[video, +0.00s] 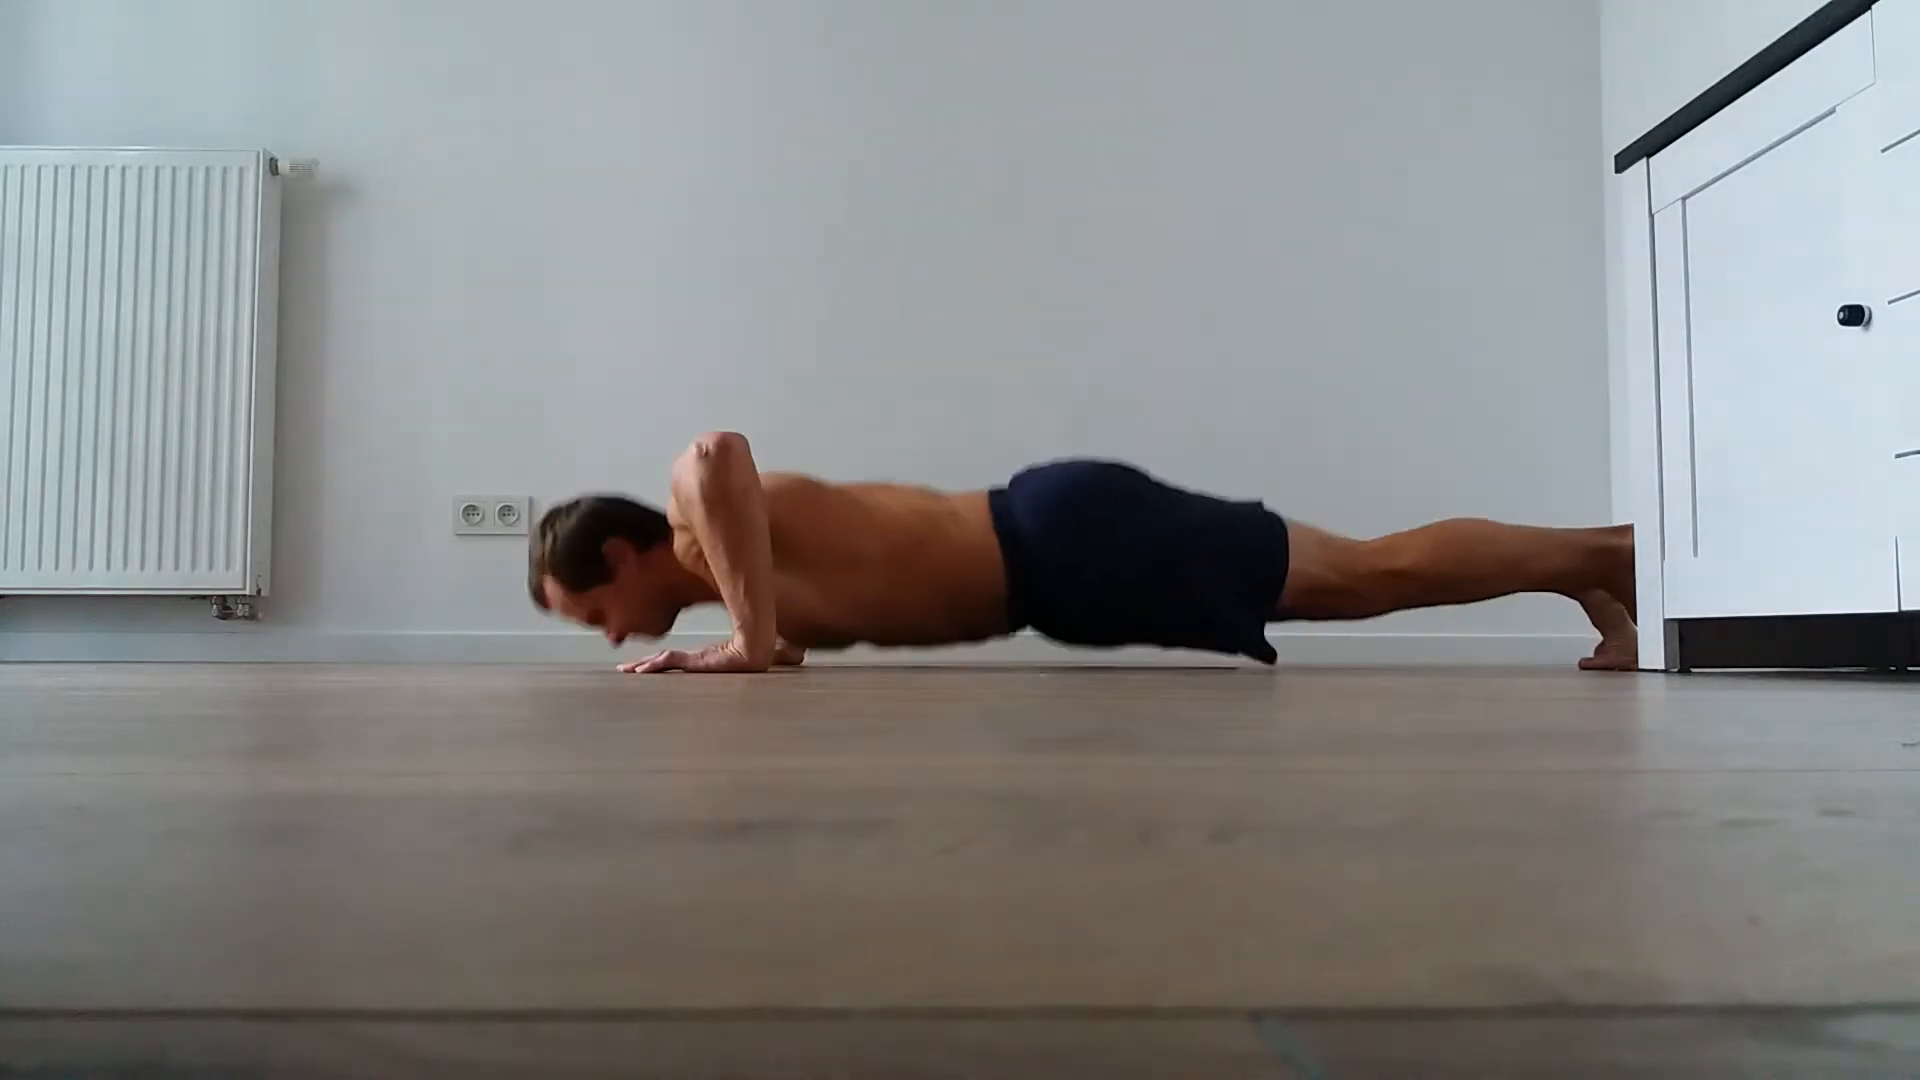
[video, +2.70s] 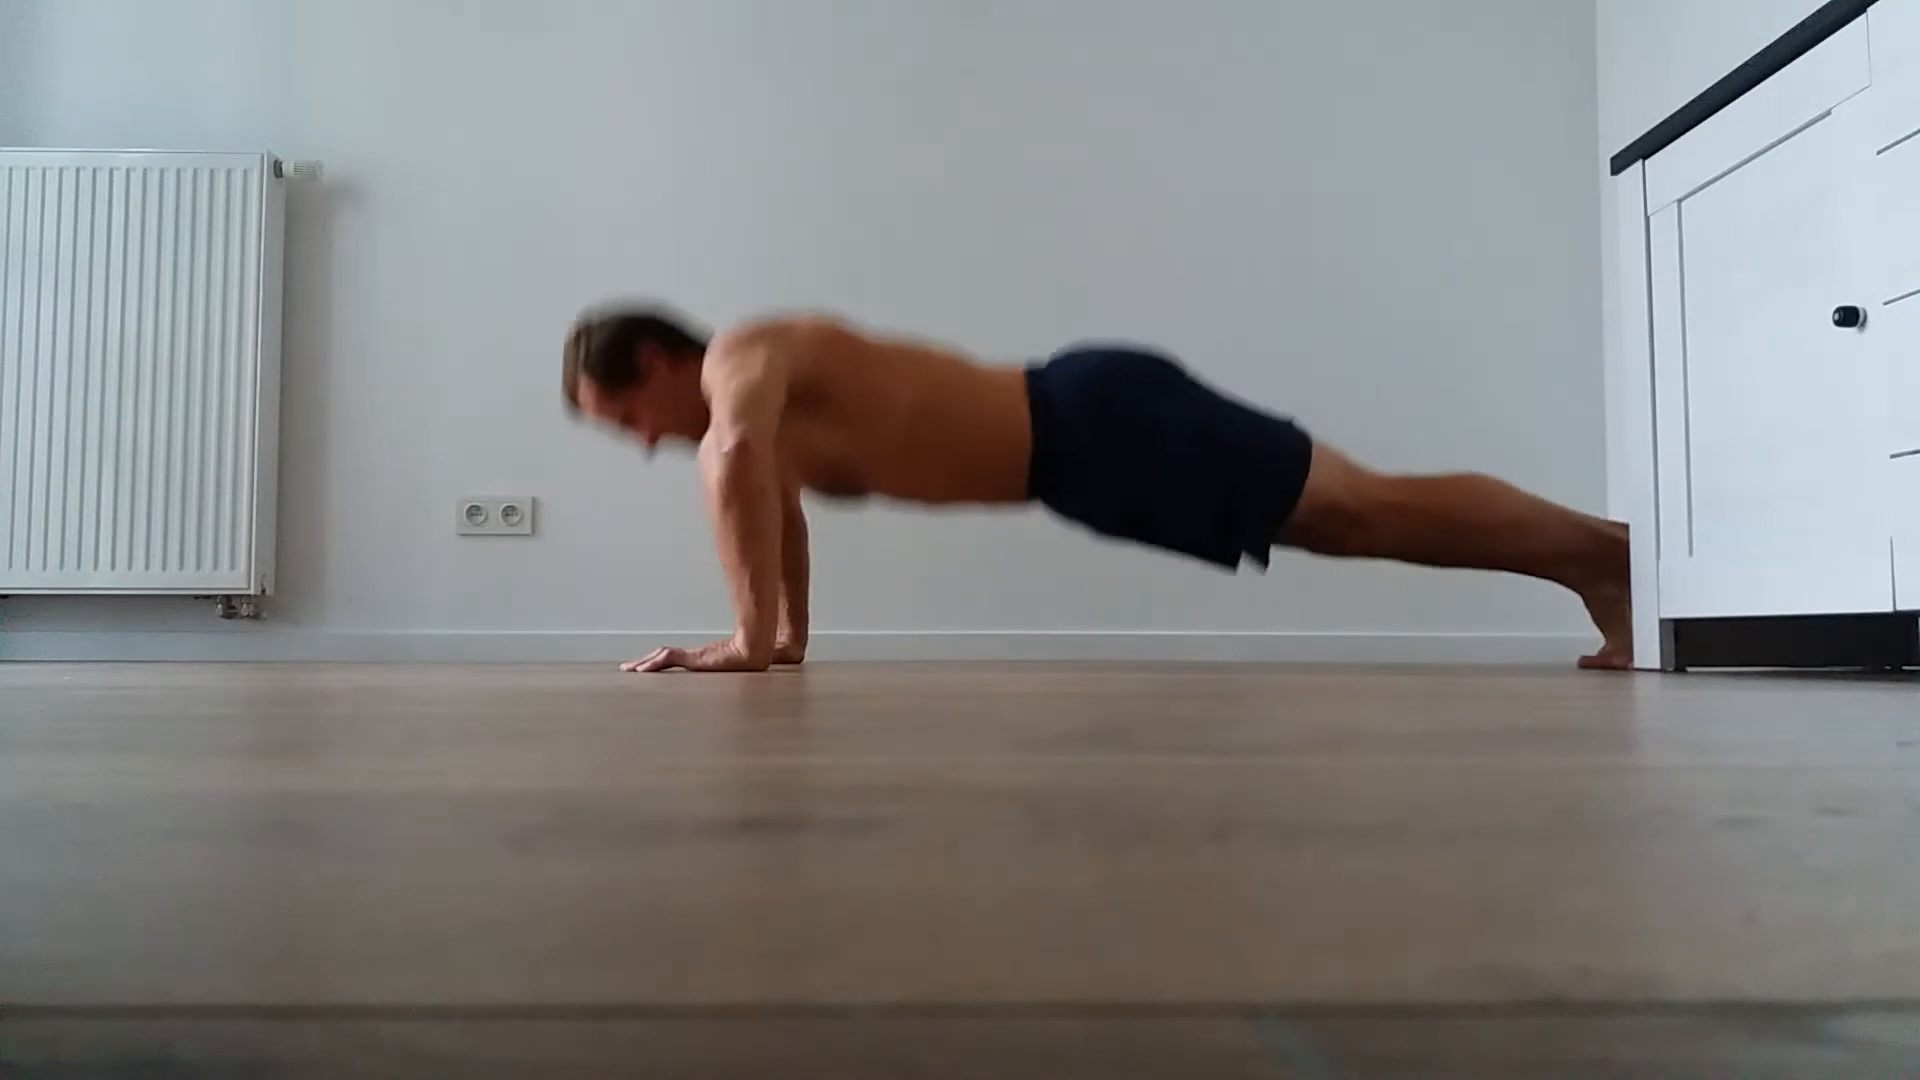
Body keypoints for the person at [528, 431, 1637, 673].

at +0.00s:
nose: (612, 636)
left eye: (600, 619)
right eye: (593, 626)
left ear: (626, 565)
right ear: (637, 560)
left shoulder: (711, 533)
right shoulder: (721, 542)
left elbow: (714, 459)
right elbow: (722, 470)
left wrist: (760, 641)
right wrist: (744, 641)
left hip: (1061, 545)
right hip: (1050, 547)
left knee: (1364, 575)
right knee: (1357, 570)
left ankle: (1596, 560)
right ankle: (1588, 560)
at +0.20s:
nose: (627, 460)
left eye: (614, 441)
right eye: (613, 450)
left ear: (642, 398)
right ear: (661, 390)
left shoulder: (738, 389)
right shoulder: (758, 391)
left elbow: (739, 473)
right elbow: (784, 494)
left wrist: (756, 635)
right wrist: (790, 638)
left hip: (1080, 440)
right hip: (1075, 438)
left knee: (1353, 519)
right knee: (1351, 515)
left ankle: (1600, 557)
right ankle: (1592, 555)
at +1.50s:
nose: (618, 600)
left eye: (603, 582)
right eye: (601, 589)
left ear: (626, 531)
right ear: (633, 533)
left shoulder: (717, 482)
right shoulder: (733, 509)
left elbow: (729, 465)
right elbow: (796, 596)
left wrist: (766, 637)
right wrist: (734, 647)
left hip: (1068, 547)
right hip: (1056, 549)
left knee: (1362, 584)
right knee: (1355, 576)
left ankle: (1594, 563)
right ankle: (1588, 564)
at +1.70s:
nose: (622, 609)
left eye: (608, 590)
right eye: (603, 599)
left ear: (630, 541)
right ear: (632, 546)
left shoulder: (723, 502)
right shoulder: (734, 516)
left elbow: (709, 462)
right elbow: (798, 610)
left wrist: (765, 637)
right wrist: (736, 647)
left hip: (1064, 542)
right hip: (1054, 544)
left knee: (1357, 575)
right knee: (1352, 572)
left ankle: (1593, 559)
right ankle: (1587, 560)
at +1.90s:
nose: (639, 416)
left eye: (625, 396)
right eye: (625, 406)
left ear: (652, 349)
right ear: (663, 349)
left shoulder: (749, 344)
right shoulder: (762, 358)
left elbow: (738, 484)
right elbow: (781, 502)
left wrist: (753, 640)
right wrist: (786, 644)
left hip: (1089, 419)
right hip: (1084, 415)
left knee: (1363, 510)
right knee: (1359, 503)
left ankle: (1597, 553)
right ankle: (1588, 552)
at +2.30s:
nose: (625, 576)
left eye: (609, 560)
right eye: (608, 568)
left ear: (623, 506)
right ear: (631, 512)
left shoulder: (720, 462)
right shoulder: (733, 475)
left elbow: (734, 469)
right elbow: (790, 620)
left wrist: (751, 639)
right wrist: (741, 643)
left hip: (1068, 530)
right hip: (1057, 532)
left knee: (1358, 576)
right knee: (1352, 570)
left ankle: (1595, 563)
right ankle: (1589, 564)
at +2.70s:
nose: (632, 436)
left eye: (618, 417)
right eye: (618, 426)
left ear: (644, 370)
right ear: (656, 371)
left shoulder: (742, 362)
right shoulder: (754, 377)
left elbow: (734, 482)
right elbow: (773, 502)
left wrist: (752, 639)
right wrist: (784, 644)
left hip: (1088, 430)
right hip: (1079, 432)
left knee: (1355, 511)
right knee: (1351, 509)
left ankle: (1595, 553)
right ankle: (1586, 553)